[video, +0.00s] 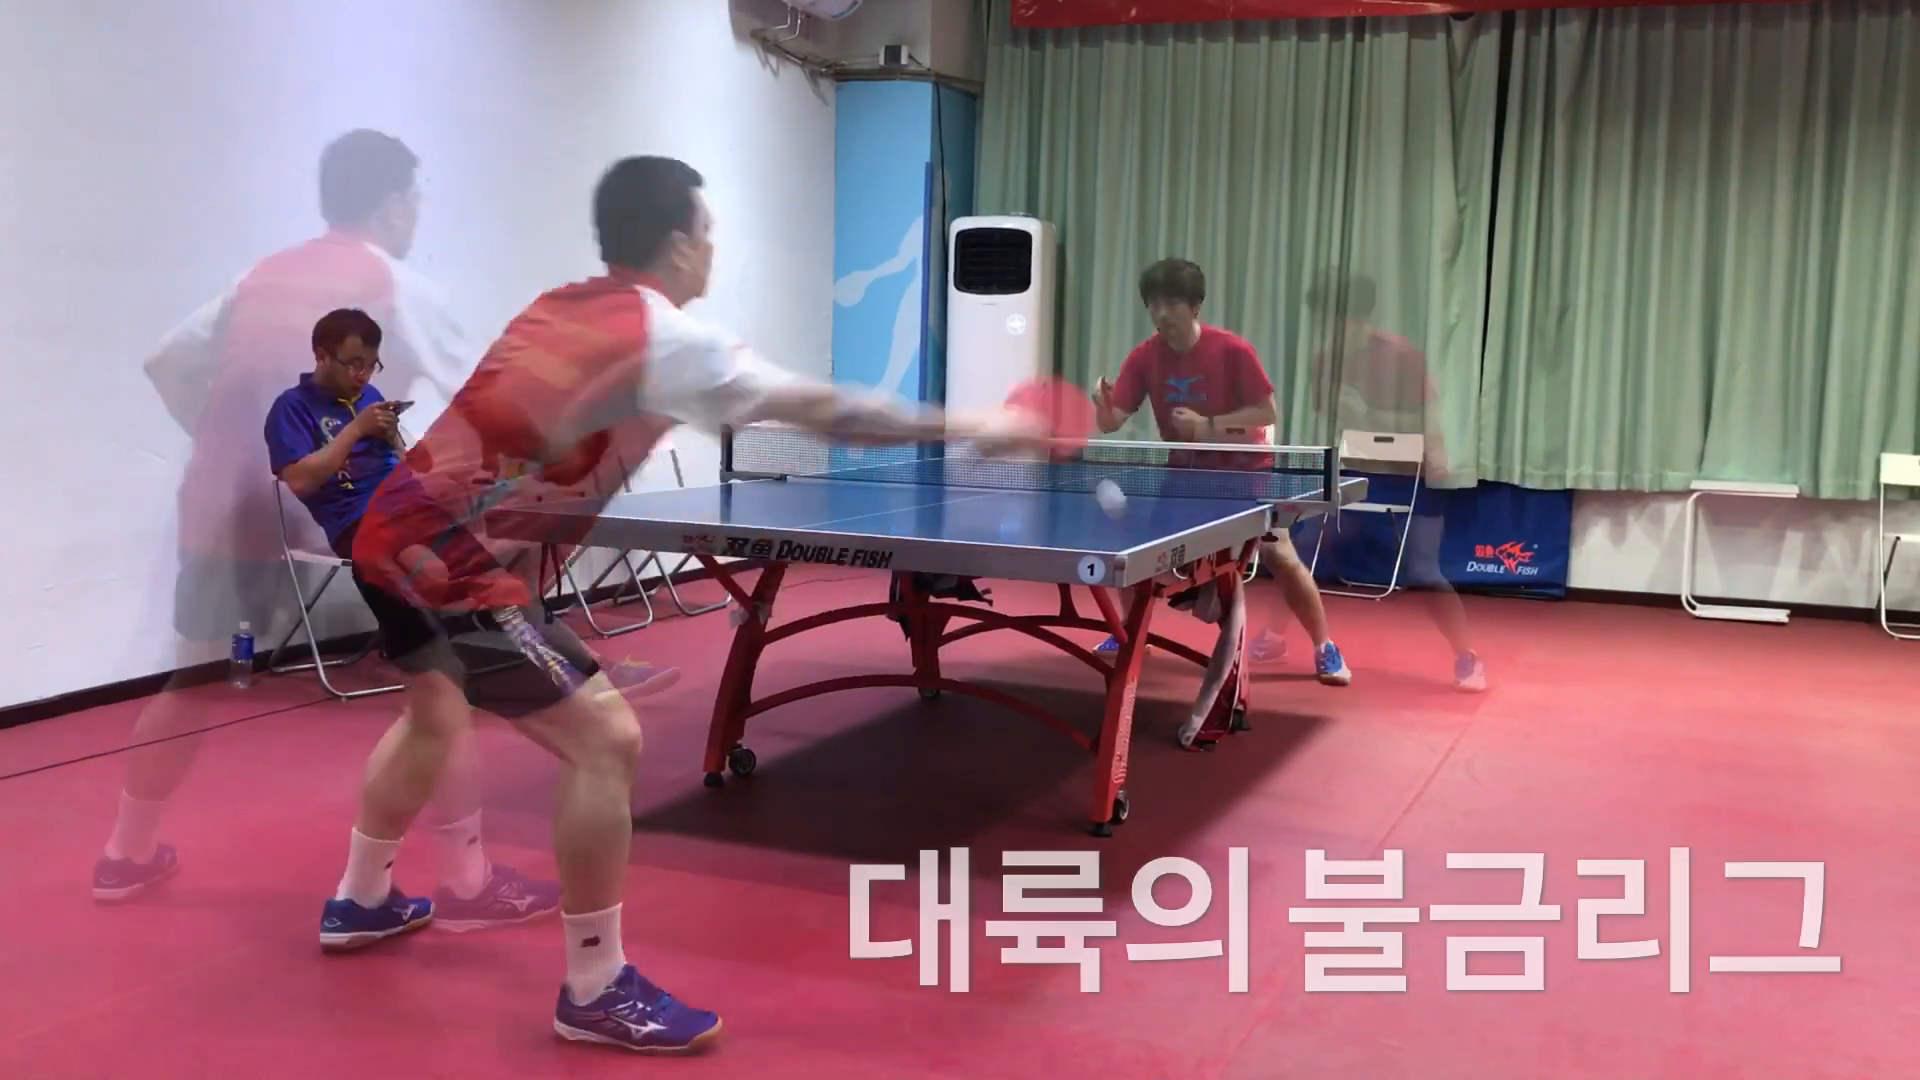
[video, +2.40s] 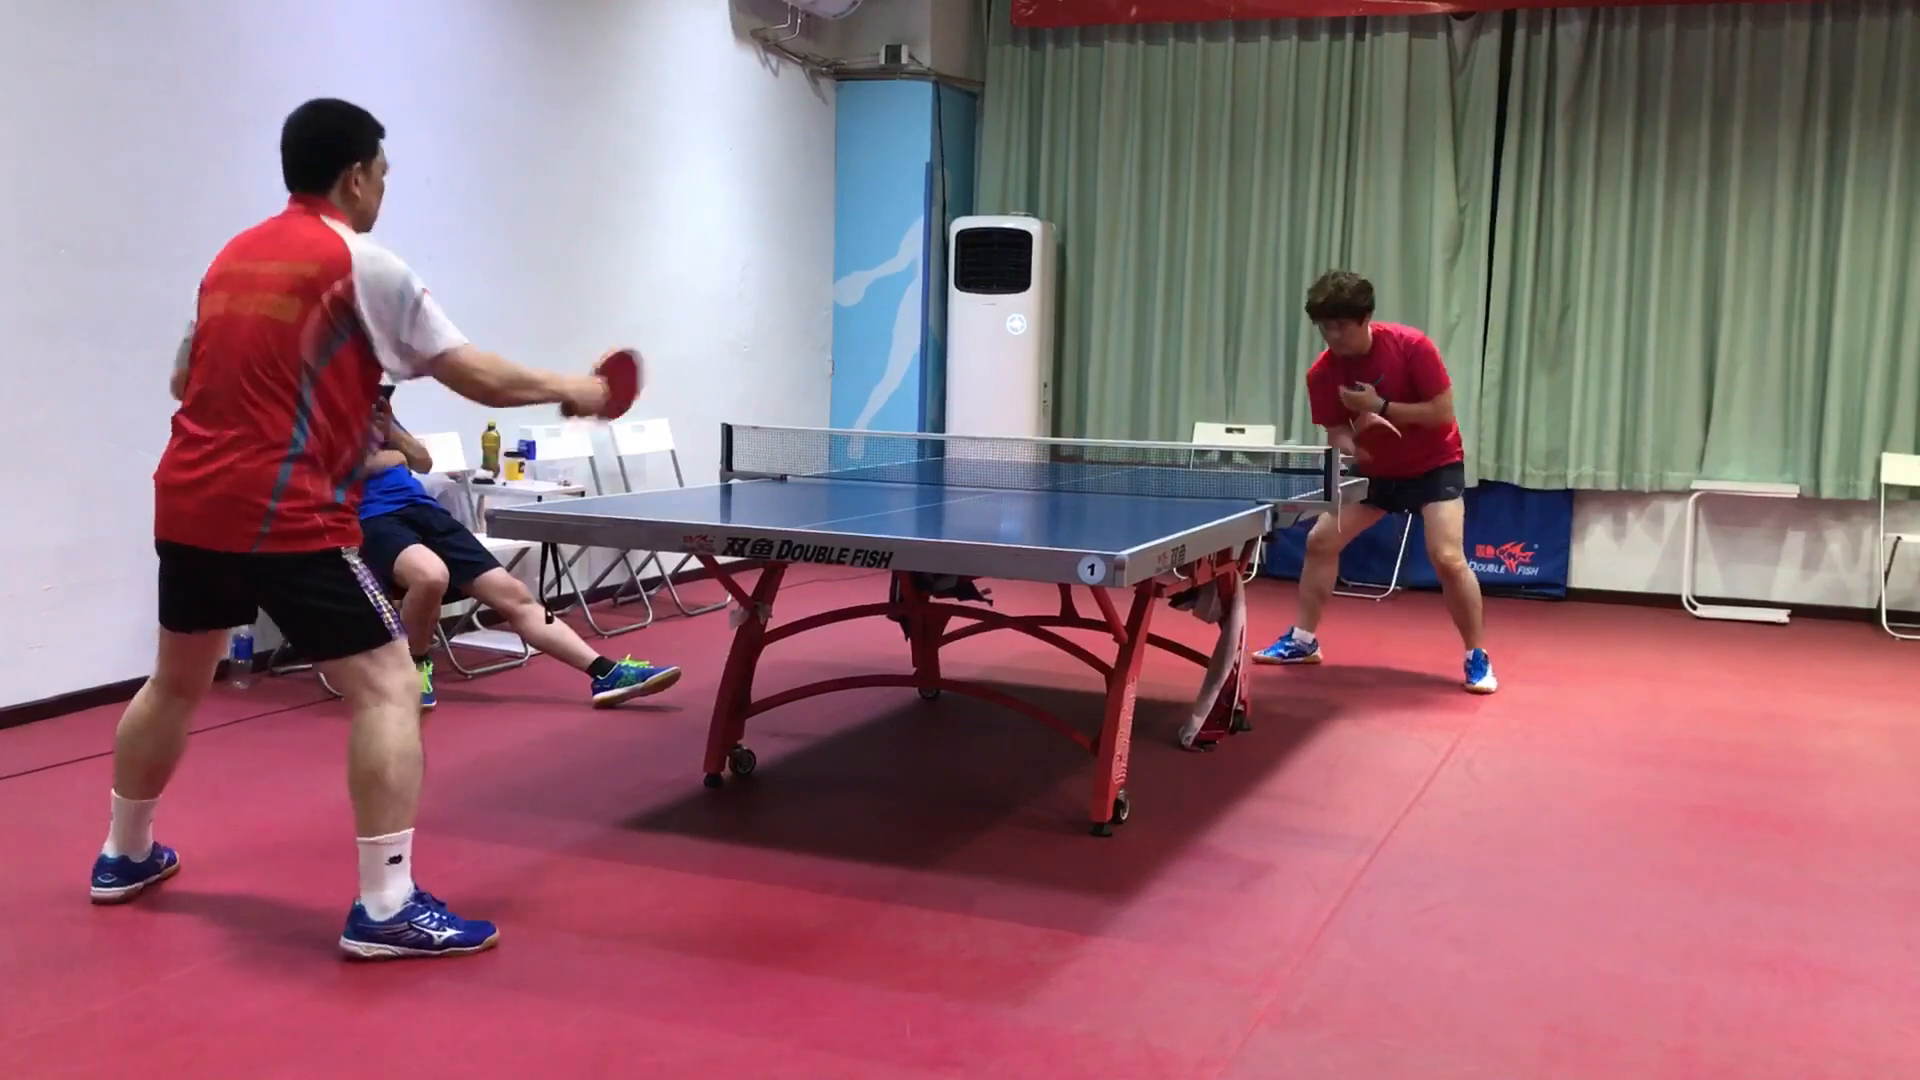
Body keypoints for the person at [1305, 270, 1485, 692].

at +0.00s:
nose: (1334, 328)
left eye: (1341, 317)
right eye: (1327, 317)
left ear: (1361, 312)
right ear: (1323, 317)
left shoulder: (1404, 358)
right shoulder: (1324, 363)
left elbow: (1429, 419)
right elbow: (1321, 422)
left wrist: (1434, 457)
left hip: (1409, 477)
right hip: (1348, 474)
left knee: (1421, 571)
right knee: (1301, 553)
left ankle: (1466, 657)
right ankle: (1272, 638)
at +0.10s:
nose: (1309, 331)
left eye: (1316, 321)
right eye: (1302, 322)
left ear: (1341, 314)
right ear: (1297, 318)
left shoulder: (1390, 352)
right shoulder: (1300, 365)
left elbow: (1421, 418)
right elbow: (1302, 438)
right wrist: (1323, 426)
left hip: (1408, 477)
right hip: (1347, 475)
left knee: (1425, 564)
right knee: (1289, 547)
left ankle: (1466, 655)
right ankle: (1271, 638)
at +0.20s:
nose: (1300, 324)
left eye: (1308, 316)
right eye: (1294, 316)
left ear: (1334, 309)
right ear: (1290, 312)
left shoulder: (1381, 342)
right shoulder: (1285, 358)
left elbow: (1419, 401)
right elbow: (1277, 426)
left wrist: (1360, 402)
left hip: (1401, 464)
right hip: (1339, 467)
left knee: (1428, 554)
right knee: (1290, 544)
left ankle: (1467, 652)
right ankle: (1270, 640)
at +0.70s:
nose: (1329, 315)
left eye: (1338, 305)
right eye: (1323, 305)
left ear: (1367, 304)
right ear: (1317, 304)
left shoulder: (1407, 348)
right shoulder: (1323, 351)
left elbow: (1431, 418)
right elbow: (1326, 410)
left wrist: (1369, 403)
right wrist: (1318, 431)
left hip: (1422, 474)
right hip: (1363, 474)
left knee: (1439, 565)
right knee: (1304, 537)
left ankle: (1470, 656)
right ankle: (1287, 637)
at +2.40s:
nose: (1329, 336)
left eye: (1337, 327)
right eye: (1323, 328)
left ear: (1364, 319)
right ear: (1317, 325)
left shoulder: (1413, 349)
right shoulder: (1322, 375)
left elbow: (1442, 414)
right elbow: (1337, 438)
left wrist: (1378, 407)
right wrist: (1355, 430)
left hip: (1433, 467)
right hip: (1375, 473)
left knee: (1448, 557)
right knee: (1320, 541)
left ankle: (1476, 655)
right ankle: (1303, 639)